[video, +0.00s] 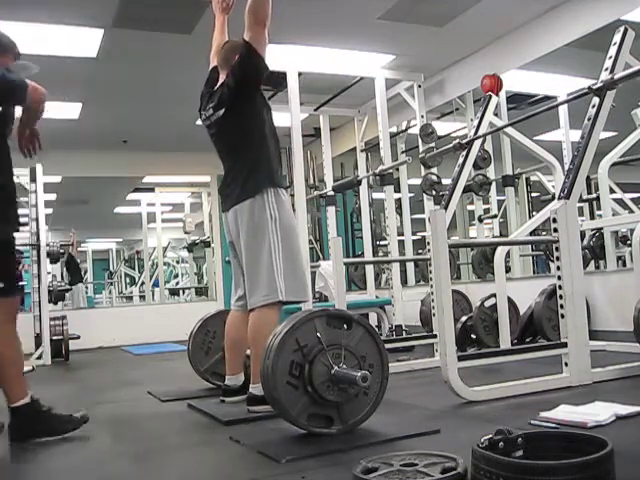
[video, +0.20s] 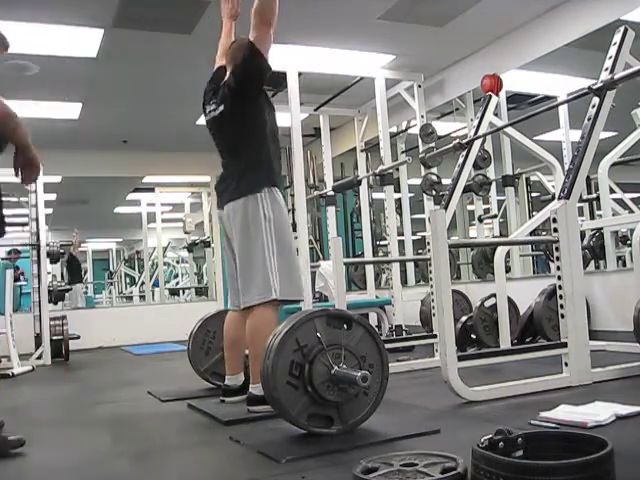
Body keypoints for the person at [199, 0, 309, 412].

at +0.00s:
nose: (260, 65)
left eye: (260, 60)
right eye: (256, 59)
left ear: (222, 67)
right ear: (247, 63)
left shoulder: (210, 99)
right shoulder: (243, 84)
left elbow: (216, 57)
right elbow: (259, 23)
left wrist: (220, 17)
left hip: (234, 203)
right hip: (260, 197)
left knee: (242, 300)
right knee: (267, 298)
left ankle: (233, 383)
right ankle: (261, 389)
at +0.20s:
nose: (266, 66)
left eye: (260, 57)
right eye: (261, 59)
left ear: (227, 65)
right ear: (252, 65)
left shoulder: (213, 95)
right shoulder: (247, 84)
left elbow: (222, 56)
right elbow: (264, 24)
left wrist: (228, 19)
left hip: (229, 199)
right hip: (255, 195)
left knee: (239, 301)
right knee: (263, 299)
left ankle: (234, 382)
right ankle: (262, 389)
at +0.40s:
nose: (281, 93)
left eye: (281, 89)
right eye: (281, 85)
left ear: (251, 80)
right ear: (269, 77)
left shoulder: (223, 108)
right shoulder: (253, 84)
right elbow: (294, 53)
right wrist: (321, 22)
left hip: (206, 203)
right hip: (233, 199)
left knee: (238, 303)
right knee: (263, 298)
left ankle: (234, 383)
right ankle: (260, 388)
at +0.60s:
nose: (308, 156)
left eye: (309, 151)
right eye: (308, 150)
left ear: (283, 136)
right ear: (296, 138)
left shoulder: (247, 153)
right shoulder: (278, 151)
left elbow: (274, 214)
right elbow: (332, 169)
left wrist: (296, 241)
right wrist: (375, 181)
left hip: (176, 226)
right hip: (207, 223)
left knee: (241, 305)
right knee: (269, 296)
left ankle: (233, 382)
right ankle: (258, 390)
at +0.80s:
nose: (311, 222)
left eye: (314, 218)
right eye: (314, 214)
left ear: (296, 195)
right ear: (307, 201)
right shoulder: (281, 201)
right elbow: (308, 255)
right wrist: (344, 304)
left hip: (170, 244)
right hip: (197, 240)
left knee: (246, 306)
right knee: (271, 297)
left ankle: (233, 383)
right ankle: (259, 391)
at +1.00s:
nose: (313, 223)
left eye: (318, 220)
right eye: (318, 216)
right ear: (308, 199)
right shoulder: (281, 199)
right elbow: (284, 250)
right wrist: (314, 305)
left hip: (172, 241)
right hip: (199, 236)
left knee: (248, 306)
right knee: (272, 297)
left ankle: (234, 385)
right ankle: (259, 391)